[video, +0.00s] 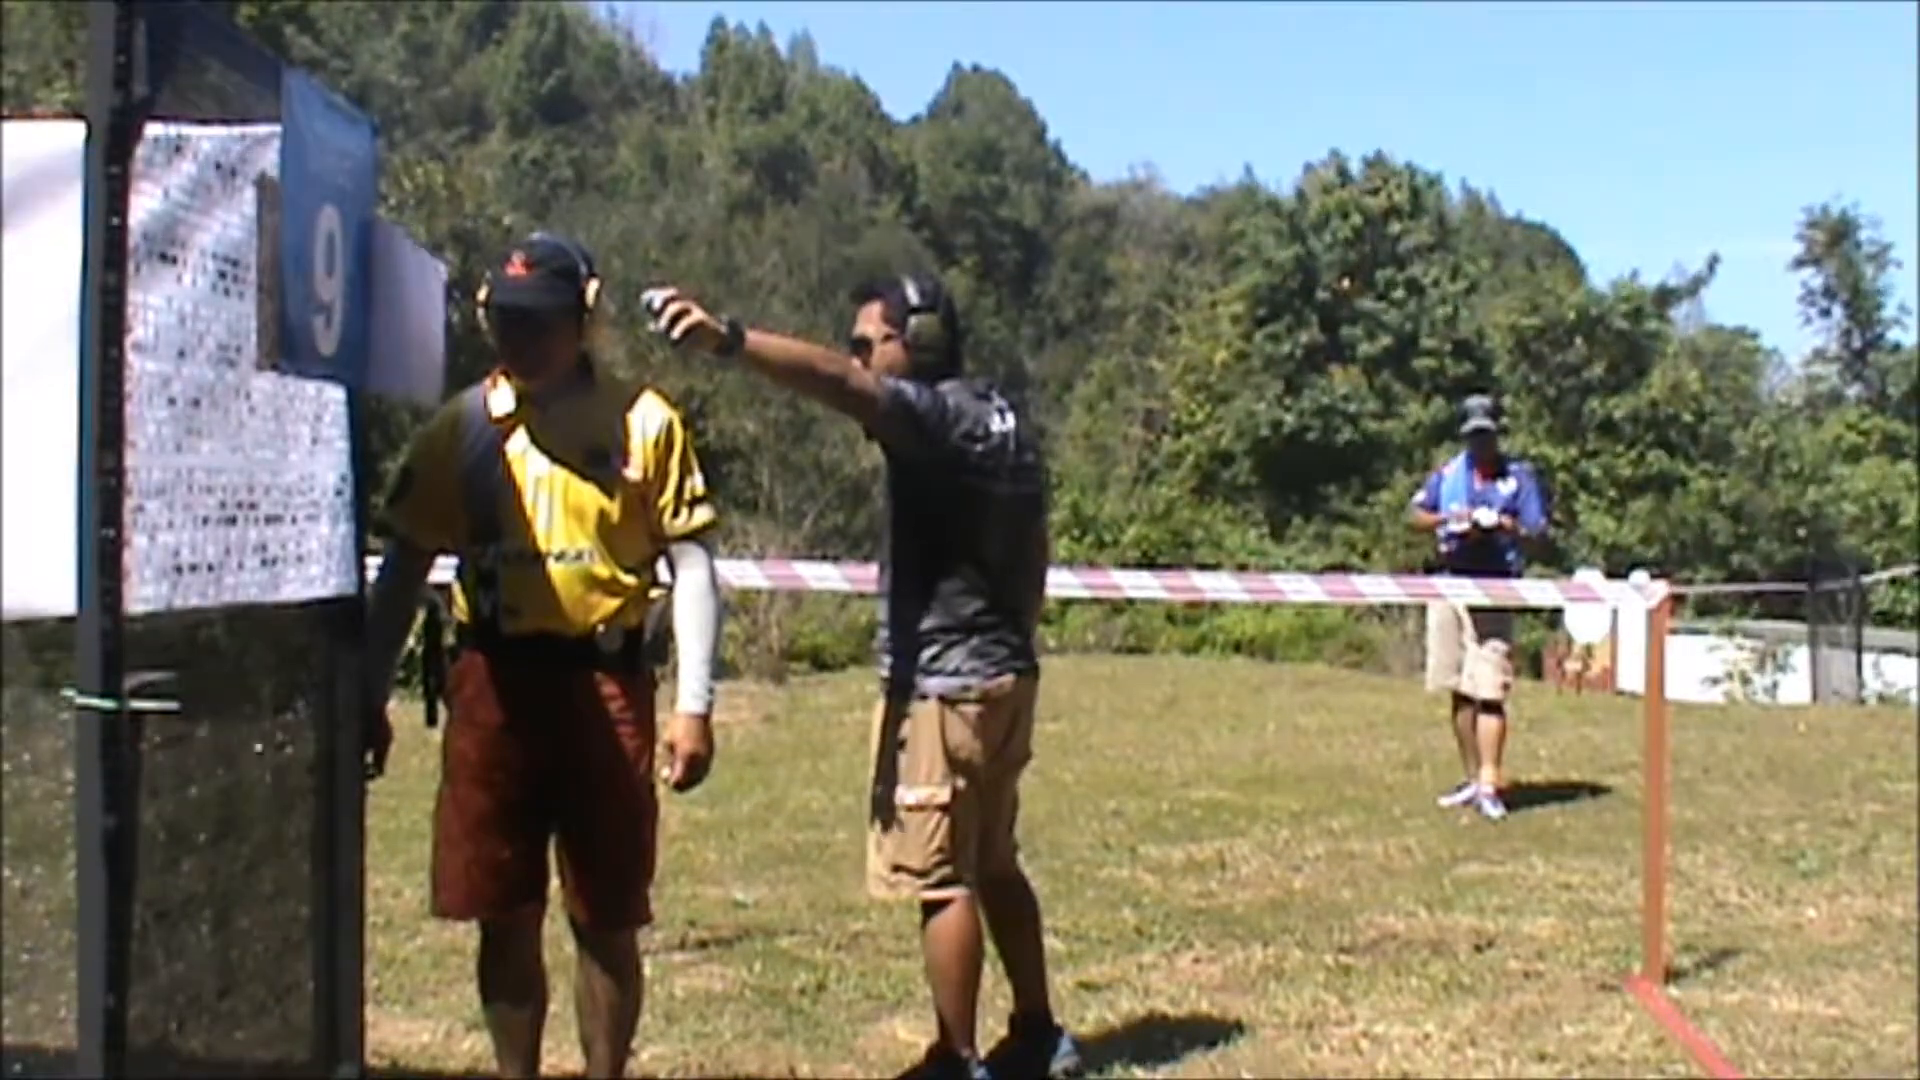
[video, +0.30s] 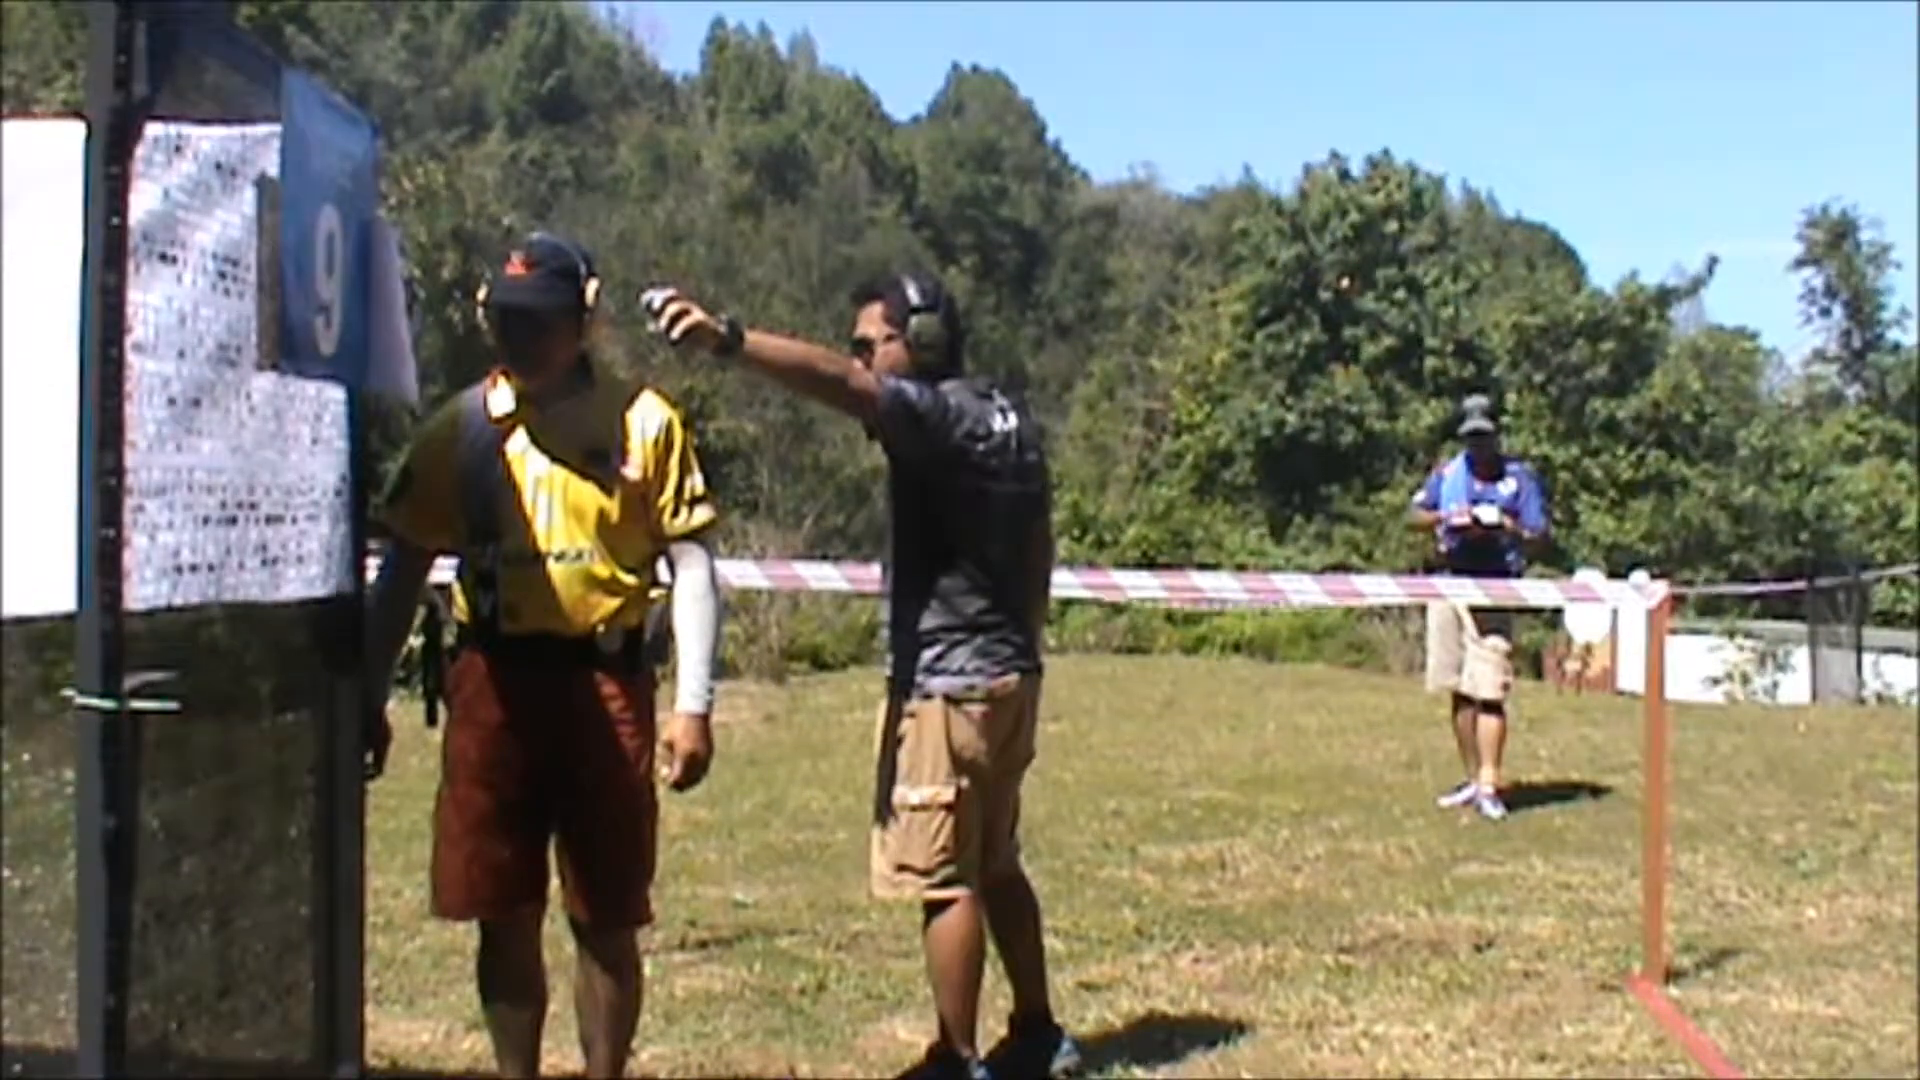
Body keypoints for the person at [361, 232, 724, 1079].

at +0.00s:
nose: (516, 339)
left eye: (536, 324)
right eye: (505, 321)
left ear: (583, 326)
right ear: (490, 320)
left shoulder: (645, 424)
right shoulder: (465, 426)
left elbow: (692, 564)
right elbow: (405, 565)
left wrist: (694, 701)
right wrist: (370, 694)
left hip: (605, 694)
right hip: (495, 694)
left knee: (606, 925)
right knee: (503, 917)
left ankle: (606, 1072)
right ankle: (517, 1072)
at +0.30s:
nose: (517, 339)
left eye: (537, 324)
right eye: (506, 321)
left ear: (584, 326)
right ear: (491, 319)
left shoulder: (645, 424)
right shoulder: (464, 425)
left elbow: (692, 564)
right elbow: (405, 564)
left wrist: (694, 701)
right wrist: (370, 696)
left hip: (605, 691)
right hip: (495, 692)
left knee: (606, 924)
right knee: (503, 915)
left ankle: (605, 1071)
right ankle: (517, 1072)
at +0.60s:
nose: (517, 339)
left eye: (537, 324)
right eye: (507, 321)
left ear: (586, 326)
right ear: (492, 318)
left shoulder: (648, 424)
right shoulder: (468, 427)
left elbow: (698, 566)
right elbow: (407, 569)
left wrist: (702, 700)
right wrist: (369, 698)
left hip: (609, 693)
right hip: (498, 693)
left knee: (607, 925)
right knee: (505, 915)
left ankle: (605, 1071)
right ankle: (517, 1072)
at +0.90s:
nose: (580, 433)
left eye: (595, 416)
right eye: (562, 416)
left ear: (624, 394)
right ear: (531, 394)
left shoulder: (671, 461)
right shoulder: (490, 432)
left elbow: (752, 583)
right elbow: (425, 475)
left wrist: (813, 718)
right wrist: (436, 583)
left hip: (645, 702)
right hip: (526, 698)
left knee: (724, 898)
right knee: (493, 922)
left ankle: (719, 1061)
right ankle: (509, 1072)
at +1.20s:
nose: (704, 512)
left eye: (712, 491)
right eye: (682, 500)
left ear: (726, 467)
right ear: (638, 485)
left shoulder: (772, 547)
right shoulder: (581, 514)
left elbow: (843, 644)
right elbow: (531, 551)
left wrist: (916, 759)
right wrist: (552, 665)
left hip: (736, 769)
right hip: (613, 763)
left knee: (850, 946)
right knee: (538, 957)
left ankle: (916, 1070)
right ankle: (525, 1071)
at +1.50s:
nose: (949, 387)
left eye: (970, 371)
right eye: (941, 367)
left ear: (1018, 373)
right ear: (930, 365)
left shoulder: (1083, 474)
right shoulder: (895, 436)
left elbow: (1189, 561)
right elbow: (820, 467)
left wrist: (1249, 681)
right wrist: (833, 553)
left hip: (1007, 742)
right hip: (889, 719)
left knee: (1001, 958)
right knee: (810, 905)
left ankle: (970, 1070)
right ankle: (816, 1038)